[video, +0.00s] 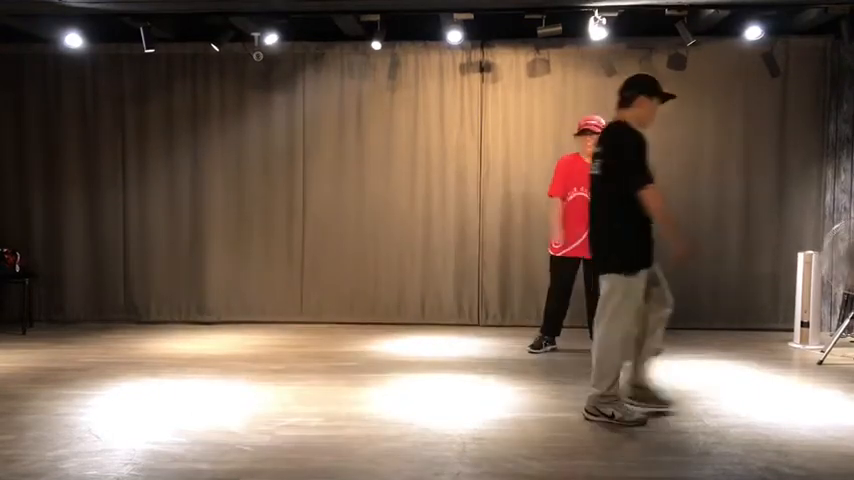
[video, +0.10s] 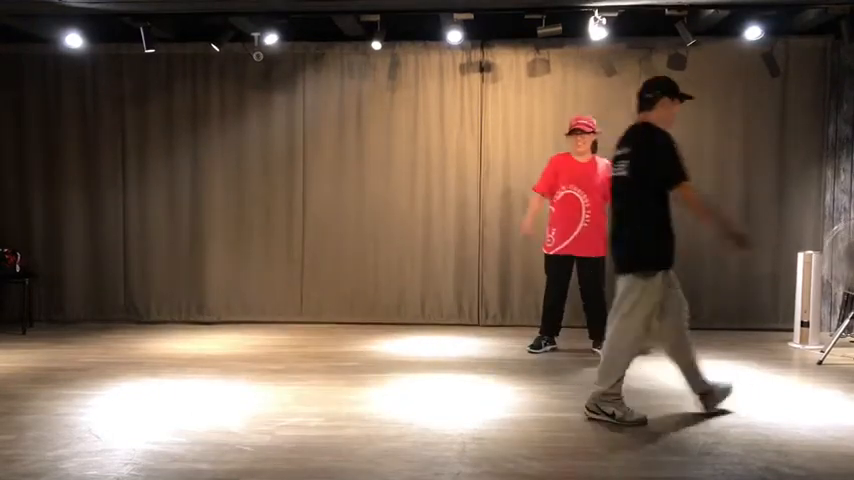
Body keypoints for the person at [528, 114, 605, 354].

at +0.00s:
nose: (590, 140)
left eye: (594, 136)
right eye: (586, 135)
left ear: (602, 139)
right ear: (579, 138)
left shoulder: (606, 166)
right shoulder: (566, 164)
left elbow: (613, 202)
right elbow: (557, 200)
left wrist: (608, 237)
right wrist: (557, 232)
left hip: (595, 242)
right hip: (567, 241)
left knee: (597, 293)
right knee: (558, 291)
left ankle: (599, 337)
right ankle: (548, 335)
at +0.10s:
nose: (579, 140)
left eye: (584, 136)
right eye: (575, 136)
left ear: (593, 138)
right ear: (569, 139)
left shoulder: (604, 166)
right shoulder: (558, 162)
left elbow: (614, 201)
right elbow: (540, 193)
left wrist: (621, 235)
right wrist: (530, 219)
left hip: (592, 241)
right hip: (559, 239)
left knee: (593, 293)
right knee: (554, 291)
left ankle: (599, 339)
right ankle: (547, 336)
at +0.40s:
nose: (548, 142)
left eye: (552, 137)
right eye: (544, 138)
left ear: (563, 138)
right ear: (540, 140)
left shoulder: (575, 163)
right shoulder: (538, 163)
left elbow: (603, 184)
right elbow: (536, 186)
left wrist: (627, 202)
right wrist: (525, 197)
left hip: (565, 241)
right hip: (536, 241)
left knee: (574, 292)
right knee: (541, 293)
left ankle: (589, 339)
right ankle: (546, 337)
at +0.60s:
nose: (531, 149)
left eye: (535, 144)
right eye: (528, 145)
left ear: (547, 142)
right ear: (525, 146)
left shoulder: (564, 166)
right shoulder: (528, 169)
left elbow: (591, 187)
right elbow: (522, 196)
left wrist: (613, 203)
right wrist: (506, 215)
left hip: (558, 242)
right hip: (532, 242)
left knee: (550, 290)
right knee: (536, 290)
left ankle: (549, 341)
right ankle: (542, 335)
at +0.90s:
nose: (531, 150)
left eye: (536, 145)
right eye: (527, 145)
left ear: (547, 143)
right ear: (524, 144)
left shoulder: (552, 164)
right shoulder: (529, 165)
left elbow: (530, 190)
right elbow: (510, 171)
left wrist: (515, 185)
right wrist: (487, 170)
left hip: (545, 238)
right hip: (528, 237)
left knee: (528, 288)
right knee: (537, 288)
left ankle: (518, 338)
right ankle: (546, 336)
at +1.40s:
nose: (514, 140)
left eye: (519, 136)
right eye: (511, 136)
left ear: (529, 140)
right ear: (507, 140)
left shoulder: (542, 161)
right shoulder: (509, 163)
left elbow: (571, 173)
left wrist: (593, 183)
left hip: (529, 241)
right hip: (504, 239)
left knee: (521, 291)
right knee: (495, 285)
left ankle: (519, 342)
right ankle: (526, 326)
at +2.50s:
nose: (501, 139)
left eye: (504, 134)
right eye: (495, 135)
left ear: (509, 137)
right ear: (484, 139)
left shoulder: (519, 165)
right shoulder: (470, 168)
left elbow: (523, 198)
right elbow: (445, 191)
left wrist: (513, 223)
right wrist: (422, 212)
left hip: (513, 244)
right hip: (479, 246)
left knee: (524, 296)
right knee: (478, 299)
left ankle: (542, 345)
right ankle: (475, 347)